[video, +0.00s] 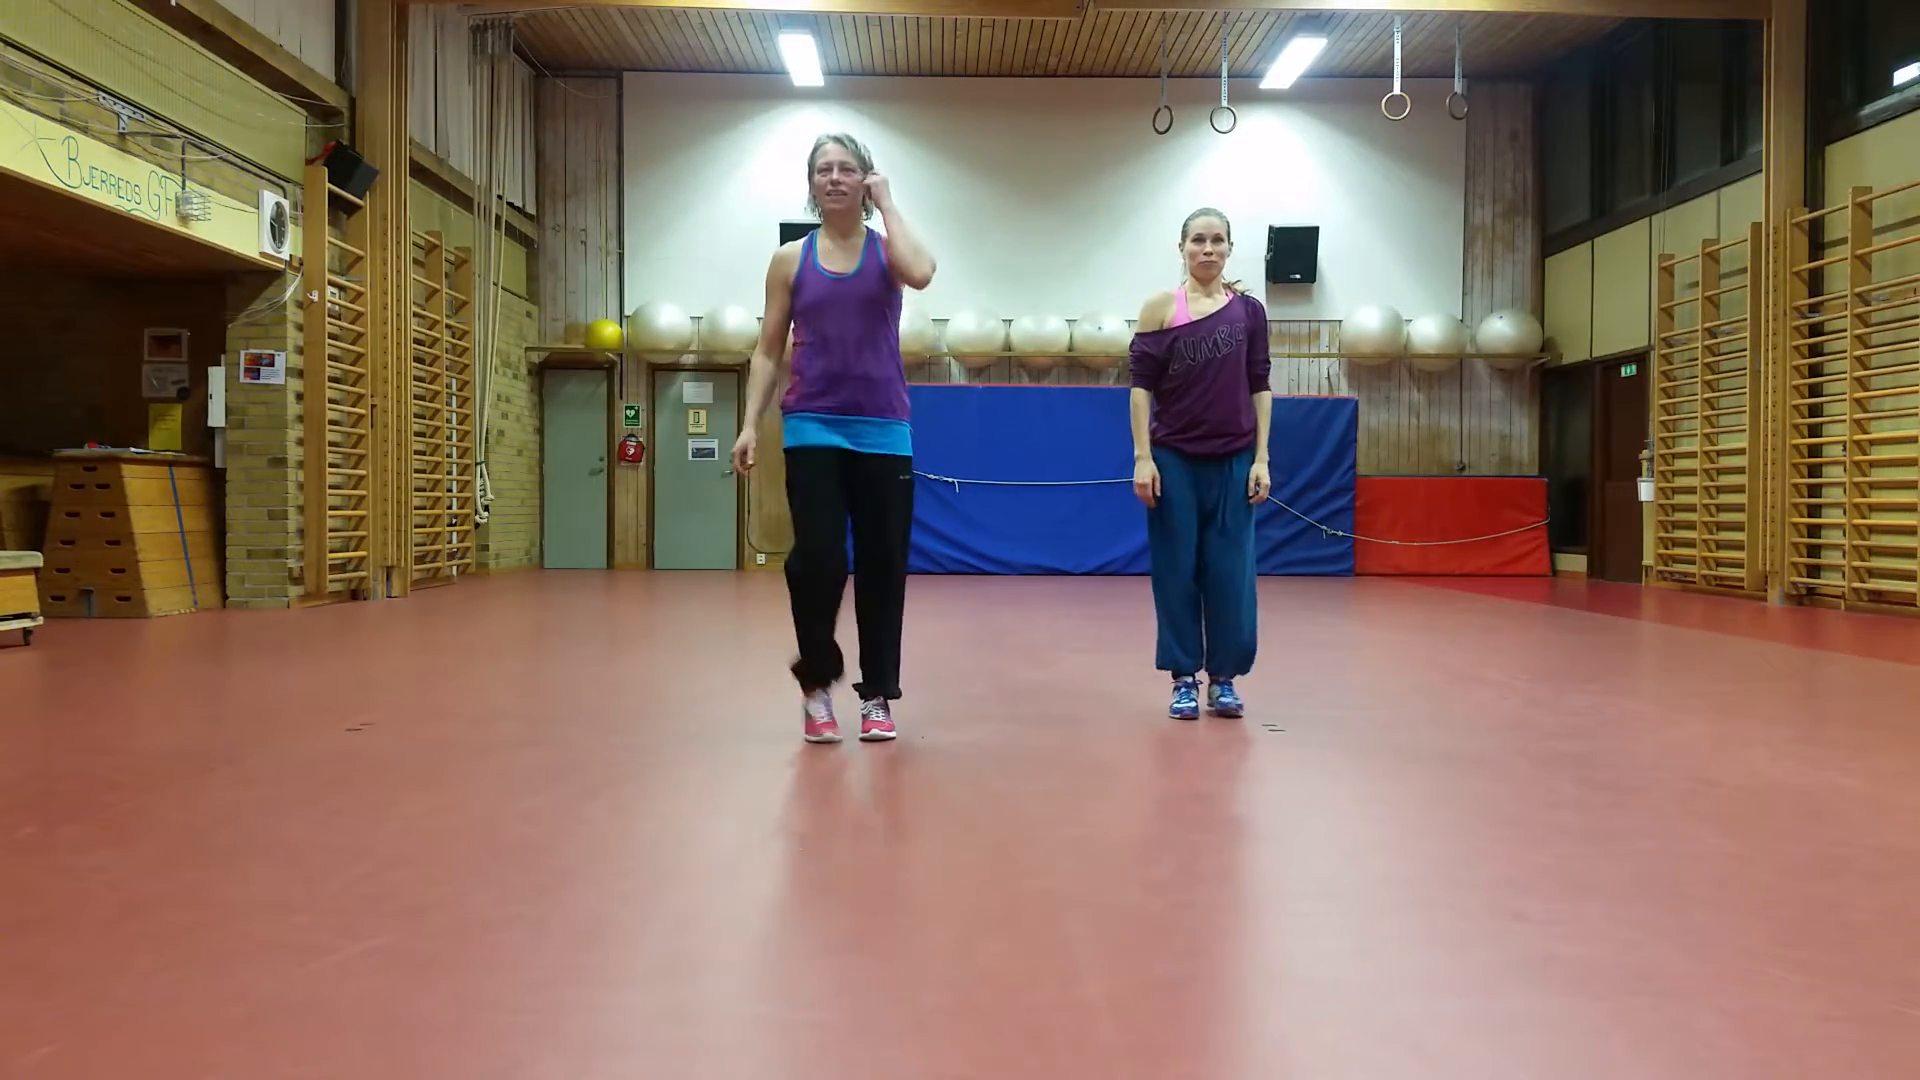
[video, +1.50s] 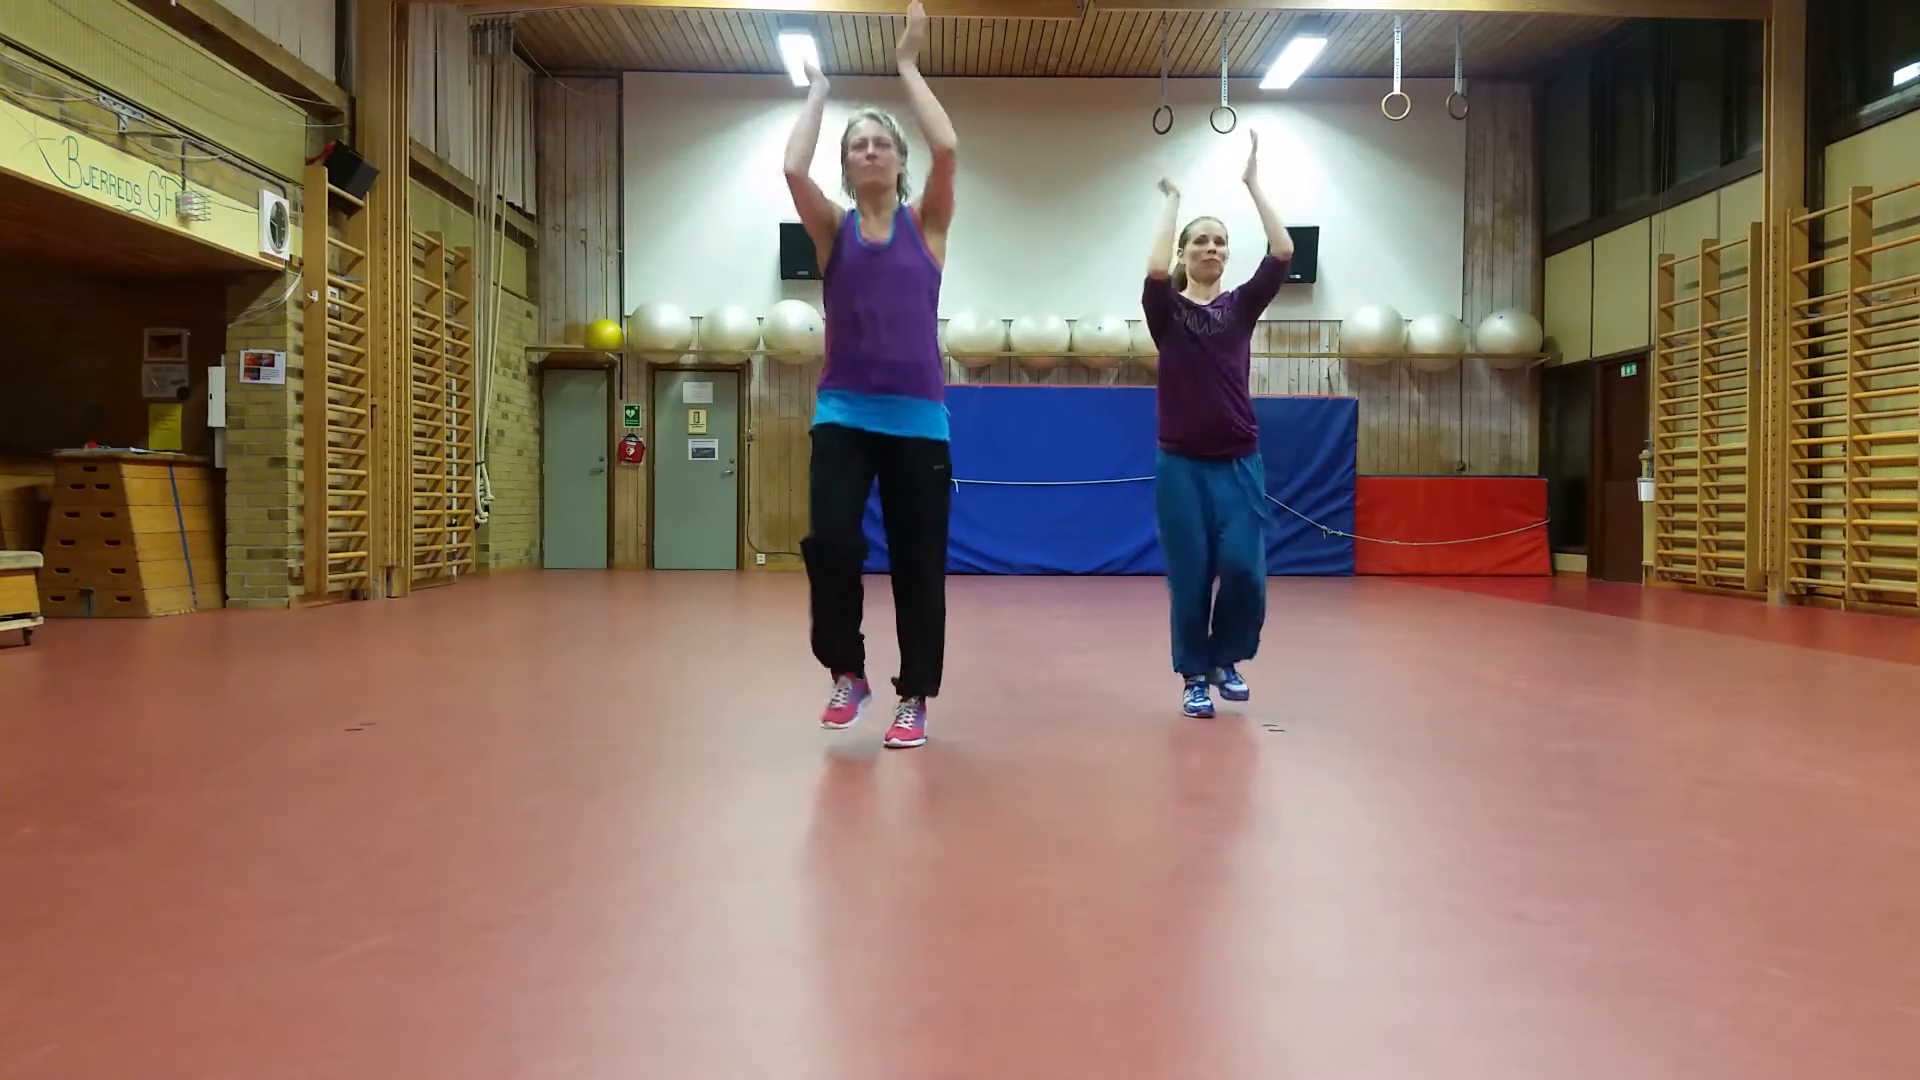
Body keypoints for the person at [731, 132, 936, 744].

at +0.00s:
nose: (834, 179)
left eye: (845, 170)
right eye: (823, 171)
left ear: (866, 183)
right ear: (810, 185)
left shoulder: (888, 245)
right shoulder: (790, 260)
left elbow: (919, 272)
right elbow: (769, 351)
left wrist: (887, 203)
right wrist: (750, 425)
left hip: (884, 426)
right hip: (811, 426)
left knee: (884, 563)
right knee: (818, 557)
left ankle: (878, 695)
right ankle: (816, 684)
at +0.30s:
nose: (839, 170)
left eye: (849, 162)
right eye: (827, 163)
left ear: (867, 179)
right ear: (811, 181)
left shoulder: (892, 239)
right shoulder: (791, 247)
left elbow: (939, 263)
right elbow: (763, 325)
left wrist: (925, 187)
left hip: (882, 422)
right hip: (810, 426)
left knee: (885, 540)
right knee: (812, 566)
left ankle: (883, 662)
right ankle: (821, 696)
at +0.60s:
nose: (852, 179)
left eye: (863, 171)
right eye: (840, 173)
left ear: (881, 186)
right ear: (825, 188)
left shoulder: (905, 248)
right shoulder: (811, 251)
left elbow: (941, 185)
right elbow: (771, 204)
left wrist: (898, 104)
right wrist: (808, 122)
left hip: (899, 435)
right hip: (826, 434)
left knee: (892, 569)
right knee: (805, 556)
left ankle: (884, 699)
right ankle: (828, 680)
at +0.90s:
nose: (852, 174)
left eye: (863, 168)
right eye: (840, 169)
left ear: (881, 186)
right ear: (826, 189)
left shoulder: (907, 251)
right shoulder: (816, 251)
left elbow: (922, 171)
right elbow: (786, 191)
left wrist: (866, 105)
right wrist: (835, 109)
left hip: (891, 432)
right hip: (822, 431)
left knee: (886, 573)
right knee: (824, 572)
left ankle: (865, 702)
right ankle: (826, 703)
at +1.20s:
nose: (866, 153)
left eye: (876, 146)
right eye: (854, 147)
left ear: (893, 163)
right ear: (836, 164)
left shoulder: (914, 227)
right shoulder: (825, 228)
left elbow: (936, 146)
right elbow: (808, 162)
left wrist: (885, 82)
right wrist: (847, 94)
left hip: (910, 412)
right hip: (839, 414)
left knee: (914, 556)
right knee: (834, 558)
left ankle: (912, 690)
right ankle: (841, 695)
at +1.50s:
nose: (870, 151)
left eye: (881, 144)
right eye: (858, 146)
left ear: (901, 161)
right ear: (844, 164)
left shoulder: (926, 225)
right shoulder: (834, 228)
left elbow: (946, 146)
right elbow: (795, 171)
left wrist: (907, 67)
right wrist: (817, 90)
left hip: (917, 415)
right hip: (842, 412)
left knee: (917, 561)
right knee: (830, 545)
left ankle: (915, 698)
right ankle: (846, 677)